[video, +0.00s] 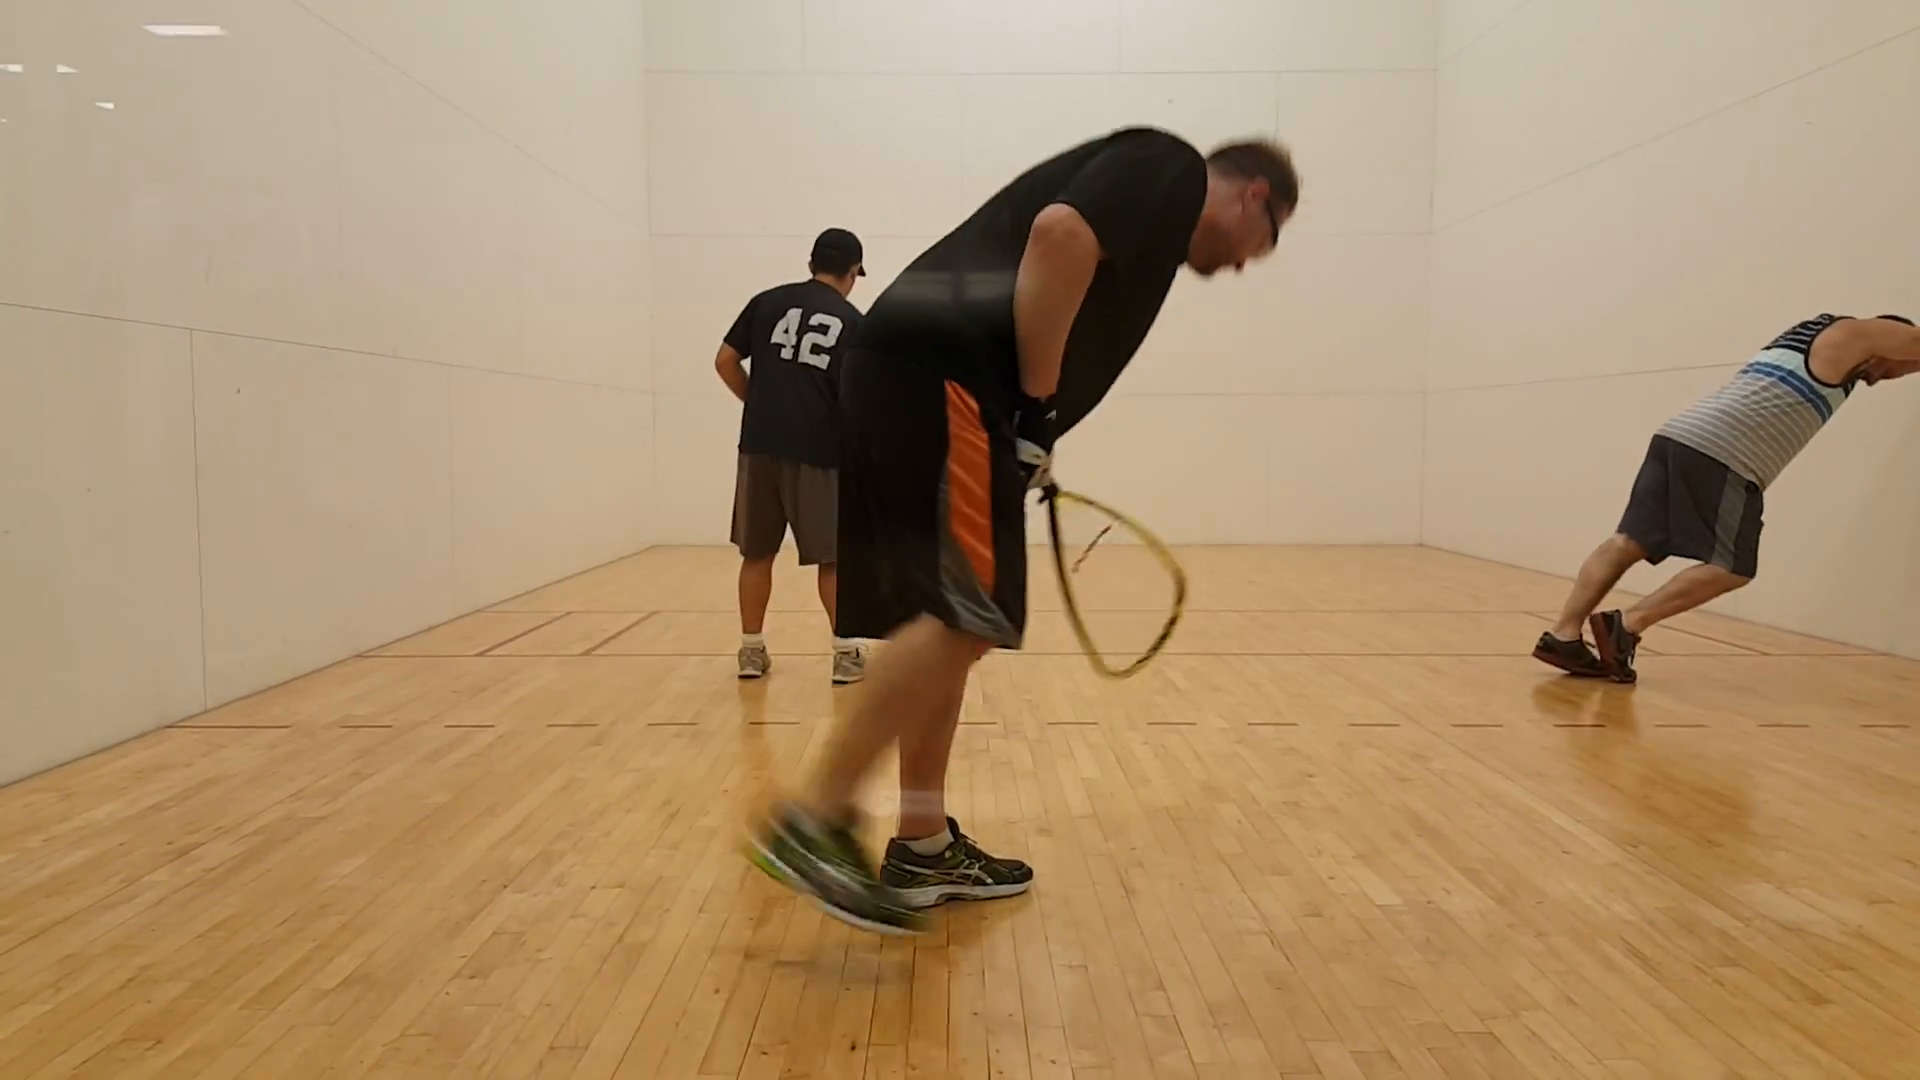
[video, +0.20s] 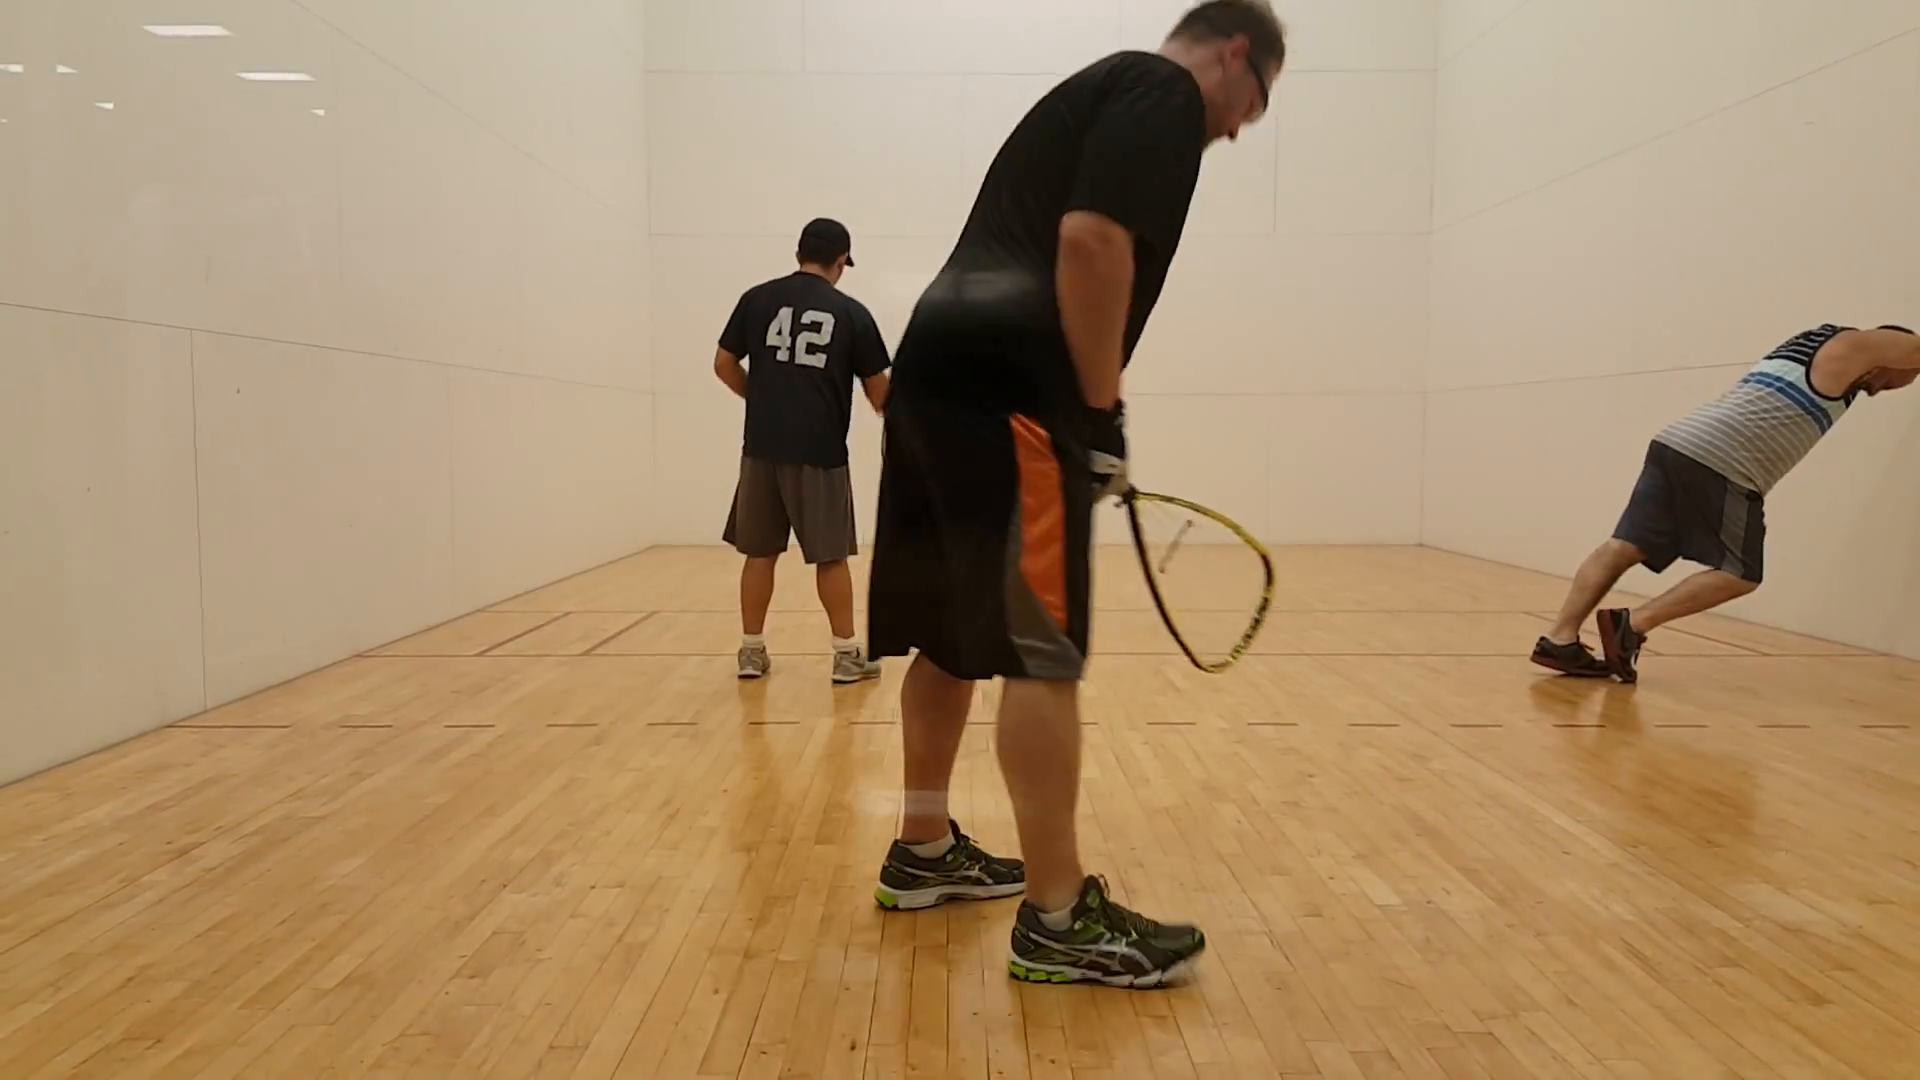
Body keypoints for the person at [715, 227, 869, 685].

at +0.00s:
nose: (856, 281)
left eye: (856, 275)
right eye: (858, 274)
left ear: (810, 264)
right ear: (853, 272)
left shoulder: (767, 302)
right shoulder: (854, 324)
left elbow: (726, 361)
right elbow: (861, 391)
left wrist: (757, 401)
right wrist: (856, 433)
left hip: (761, 442)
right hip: (820, 448)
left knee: (757, 551)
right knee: (832, 556)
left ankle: (751, 649)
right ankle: (847, 652)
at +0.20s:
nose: (845, 270)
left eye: (842, 264)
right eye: (845, 264)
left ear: (799, 255)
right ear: (840, 262)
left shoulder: (758, 298)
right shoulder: (851, 314)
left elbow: (724, 364)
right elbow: (880, 393)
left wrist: (761, 396)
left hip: (761, 446)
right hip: (819, 450)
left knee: (759, 550)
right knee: (831, 554)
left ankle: (751, 652)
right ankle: (846, 655)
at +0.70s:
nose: (843, 254)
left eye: (839, 248)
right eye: (841, 249)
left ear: (793, 255)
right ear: (836, 256)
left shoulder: (763, 307)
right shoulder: (857, 315)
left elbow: (736, 378)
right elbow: (874, 395)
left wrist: (764, 425)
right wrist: (842, 413)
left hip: (777, 454)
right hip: (836, 458)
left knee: (765, 549)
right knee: (869, 545)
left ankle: (755, 648)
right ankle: (861, 653)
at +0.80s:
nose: (860, 264)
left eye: (857, 258)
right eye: (858, 259)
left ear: (811, 264)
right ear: (853, 265)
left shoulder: (780, 316)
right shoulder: (869, 329)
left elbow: (749, 387)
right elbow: (891, 408)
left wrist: (757, 447)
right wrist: (885, 441)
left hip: (786, 464)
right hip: (844, 468)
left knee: (768, 551)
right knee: (894, 552)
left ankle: (754, 645)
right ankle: (879, 654)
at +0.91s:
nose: (885, 262)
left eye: (881, 255)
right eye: (882, 256)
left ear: (835, 264)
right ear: (875, 264)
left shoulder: (807, 316)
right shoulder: (892, 328)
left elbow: (770, 381)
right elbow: (912, 403)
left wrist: (774, 443)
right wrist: (923, 445)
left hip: (808, 469)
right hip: (868, 475)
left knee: (785, 552)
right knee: (899, 570)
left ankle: (756, 642)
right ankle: (878, 657)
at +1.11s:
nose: (918, 212)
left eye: (915, 205)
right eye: (915, 206)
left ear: (867, 220)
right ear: (906, 217)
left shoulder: (846, 272)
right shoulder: (918, 275)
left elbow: (817, 336)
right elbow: (920, 335)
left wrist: (850, 374)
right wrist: (946, 390)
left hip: (843, 421)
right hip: (896, 424)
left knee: (848, 525)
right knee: (905, 528)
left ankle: (830, 635)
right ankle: (896, 640)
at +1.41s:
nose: (969, 224)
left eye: (964, 216)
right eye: (965, 217)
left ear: (916, 231)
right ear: (956, 225)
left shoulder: (920, 286)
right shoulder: (943, 295)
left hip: (927, 457)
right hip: (953, 461)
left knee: (915, 559)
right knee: (965, 567)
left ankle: (852, 654)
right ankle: (963, 684)